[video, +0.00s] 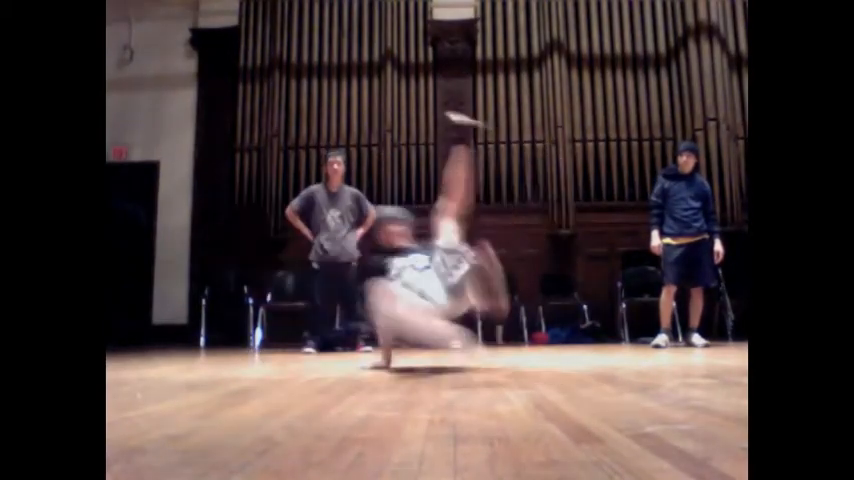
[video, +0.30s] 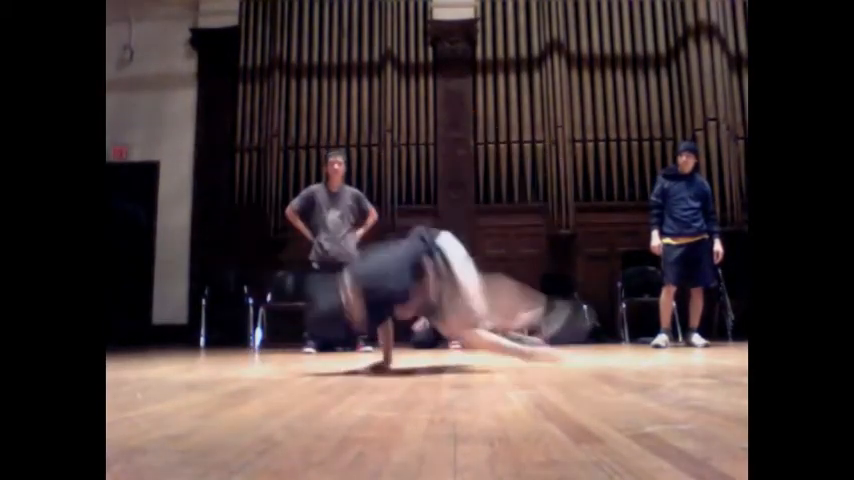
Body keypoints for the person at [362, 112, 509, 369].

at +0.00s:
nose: (396, 232)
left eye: (400, 226)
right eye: (388, 228)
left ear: (410, 228)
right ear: (379, 235)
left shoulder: (431, 252)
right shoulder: (378, 263)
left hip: (460, 289)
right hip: (423, 308)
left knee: (449, 210)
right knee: (381, 296)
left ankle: (462, 140)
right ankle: (458, 340)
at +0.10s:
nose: (354, 243)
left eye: (352, 238)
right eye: (347, 246)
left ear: (361, 237)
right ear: (346, 261)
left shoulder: (388, 251)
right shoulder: (363, 289)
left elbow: (420, 236)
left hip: (443, 282)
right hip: (442, 317)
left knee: (441, 217)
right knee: (487, 344)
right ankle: (565, 359)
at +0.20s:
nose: (352, 243)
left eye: (350, 238)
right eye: (345, 247)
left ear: (360, 236)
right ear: (345, 261)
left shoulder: (387, 249)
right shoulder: (362, 289)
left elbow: (420, 235)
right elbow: (376, 328)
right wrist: (385, 358)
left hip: (442, 280)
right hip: (439, 316)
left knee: (441, 215)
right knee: (487, 344)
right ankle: (566, 359)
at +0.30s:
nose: (351, 311)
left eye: (347, 304)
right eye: (349, 305)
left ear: (345, 290)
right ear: (351, 286)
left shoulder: (363, 281)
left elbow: (382, 324)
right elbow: (384, 321)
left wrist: (385, 363)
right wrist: (385, 360)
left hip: (438, 250)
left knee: (465, 328)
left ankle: (523, 351)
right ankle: (516, 334)